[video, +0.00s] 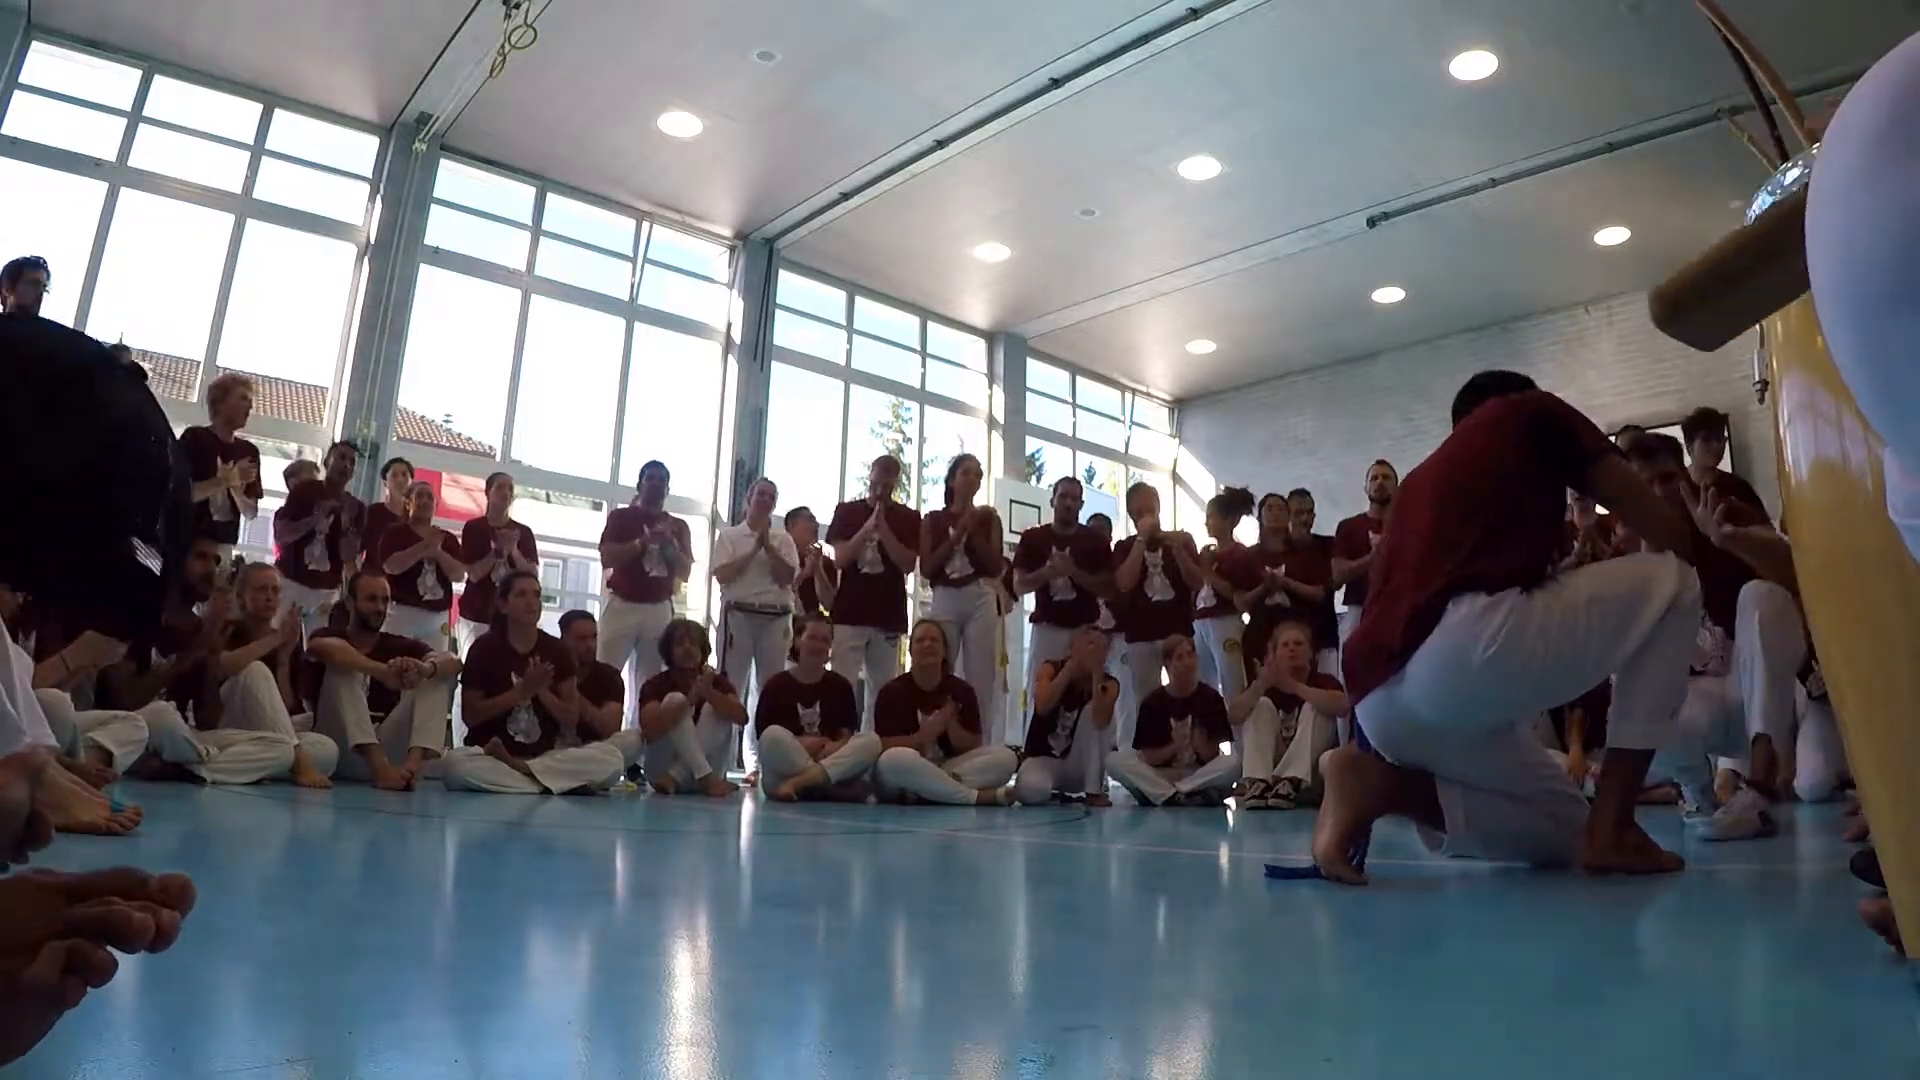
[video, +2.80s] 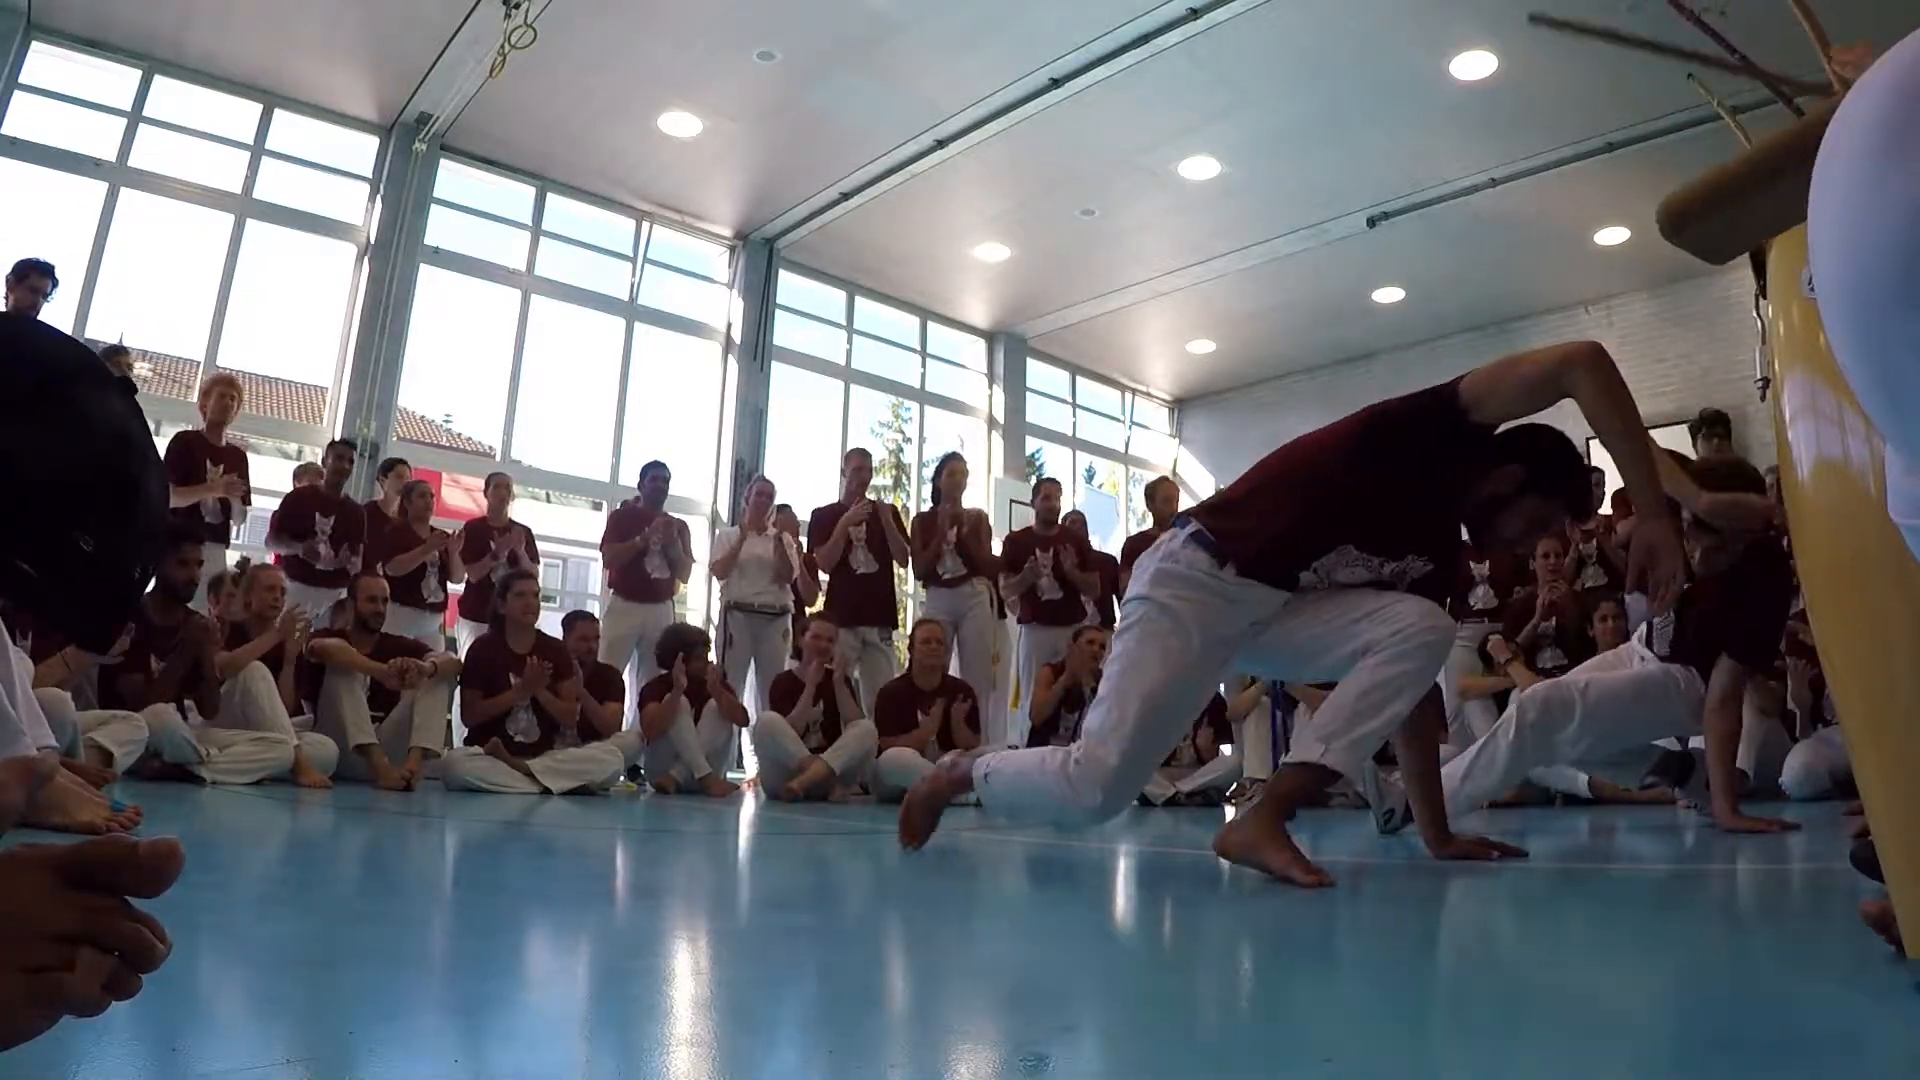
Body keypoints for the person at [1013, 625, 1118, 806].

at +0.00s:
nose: (1094, 650)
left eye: (1100, 645)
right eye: (1088, 643)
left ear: (1106, 653)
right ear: (1073, 648)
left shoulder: (1108, 683)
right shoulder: (1050, 668)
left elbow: (1100, 719)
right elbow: (1042, 706)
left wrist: (1097, 674)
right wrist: (1070, 668)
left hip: (1079, 763)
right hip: (1042, 761)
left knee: (1093, 711)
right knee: (1031, 793)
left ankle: (1094, 791)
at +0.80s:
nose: (1093, 651)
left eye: (1101, 647)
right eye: (1088, 644)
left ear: (1105, 652)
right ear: (1074, 645)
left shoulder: (1108, 683)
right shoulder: (1049, 669)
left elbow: (1098, 719)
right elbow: (1041, 706)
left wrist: (1091, 671)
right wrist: (1075, 667)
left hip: (1080, 763)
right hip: (1042, 760)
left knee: (1093, 712)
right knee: (1032, 792)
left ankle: (1094, 790)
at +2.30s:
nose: (1098, 648)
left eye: (1103, 645)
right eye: (1092, 642)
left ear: (1105, 651)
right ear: (1074, 644)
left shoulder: (1108, 683)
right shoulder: (1050, 671)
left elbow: (1102, 720)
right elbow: (1040, 711)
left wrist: (1091, 678)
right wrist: (1072, 673)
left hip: (1080, 762)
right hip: (1042, 760)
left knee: (1095, 709)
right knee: (1034, 793)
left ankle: (1093, 791)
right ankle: (1010, 794)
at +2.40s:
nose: (1098, 649)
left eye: (1103, 645)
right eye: (1092, 642)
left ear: (1105, 651)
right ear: (1074, 644)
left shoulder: (1109, 683)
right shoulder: (1050, 671)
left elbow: (1105, 726)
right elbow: (1040, 711)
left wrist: (1094, 684)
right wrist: (1069, 672)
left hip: (1083, 759)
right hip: (1043, 757)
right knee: (1041, 787)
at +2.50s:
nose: (1097, 649)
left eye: (1103, 645)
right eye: (1092, 642)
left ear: (1107, 650)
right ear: (1074, 644)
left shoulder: (1105, 679)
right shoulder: (1051, 670)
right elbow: (1046, 705)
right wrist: (1073, 671)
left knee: (1097, 727)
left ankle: (1093, 789)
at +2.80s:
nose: (1096, 650)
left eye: (1102, 646)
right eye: (1090, 643)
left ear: (1105, 652)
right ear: (1073, 646)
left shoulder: (1103, 680)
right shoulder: (1050, 672)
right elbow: (1037, 717)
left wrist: (1091, 686)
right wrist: (1064, 682)